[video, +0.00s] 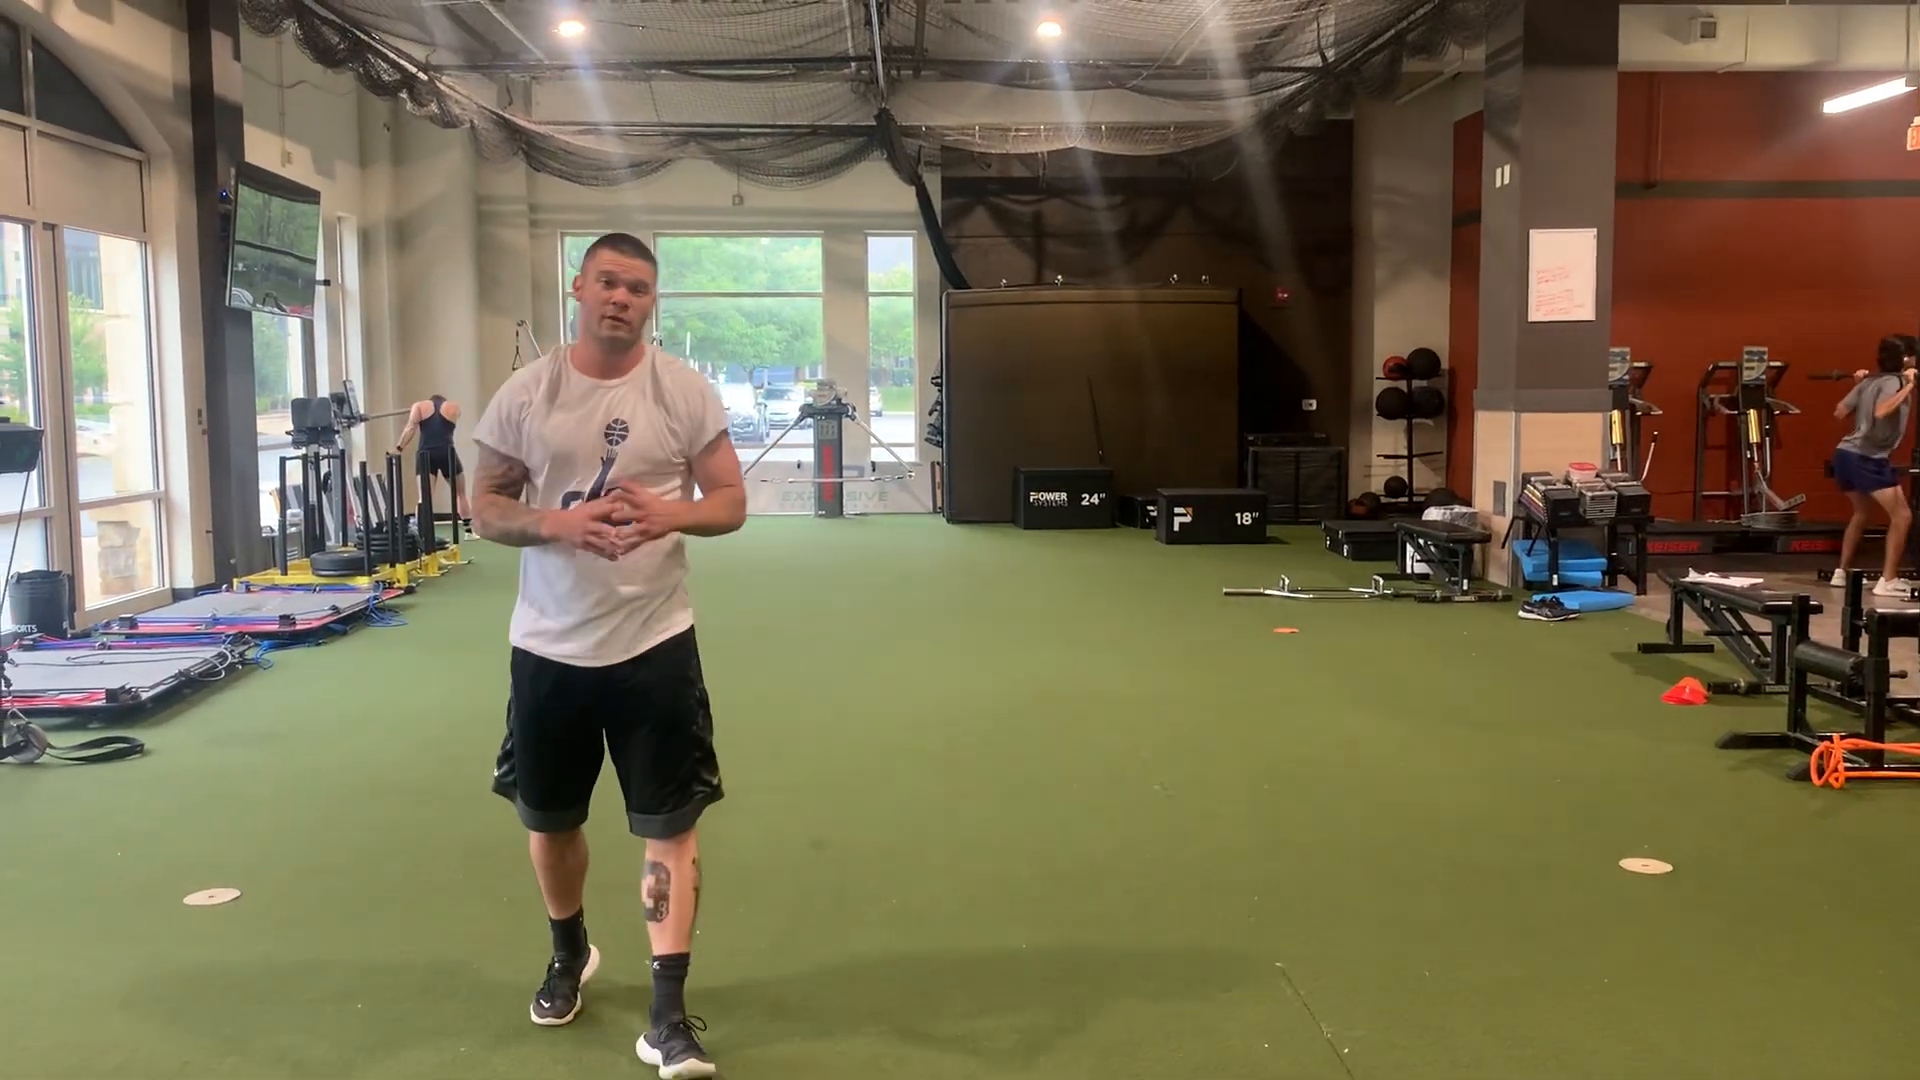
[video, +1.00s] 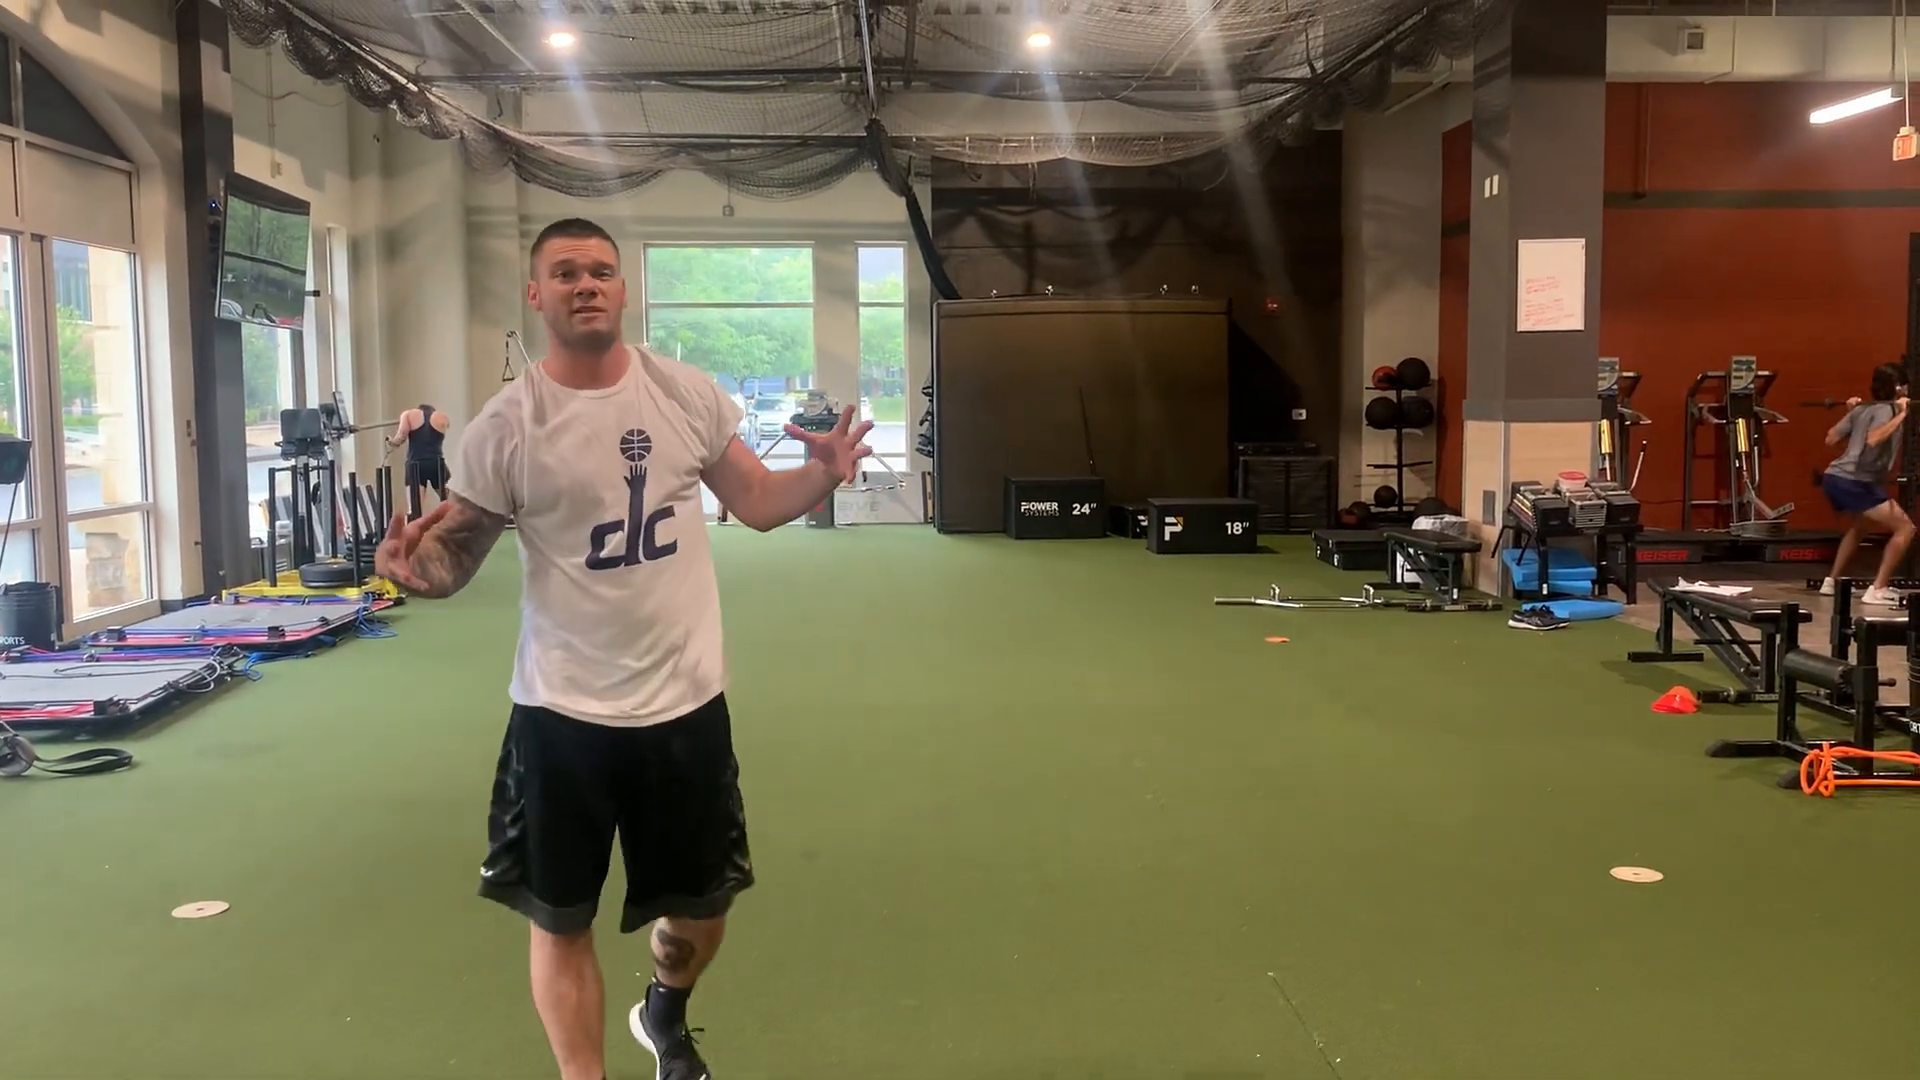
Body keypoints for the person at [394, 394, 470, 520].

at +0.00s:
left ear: (430, 400)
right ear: (445, 400)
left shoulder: (419, 406)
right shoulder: (454, 408)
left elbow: (411, 428)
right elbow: (449, 428)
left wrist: (399, 447)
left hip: (425, 454)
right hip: (447, 453)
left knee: (424, 497)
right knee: (460, 493)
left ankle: (422, 532)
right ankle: (468, 527)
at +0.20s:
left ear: (430, 400)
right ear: (445, 401)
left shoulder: (419, 408)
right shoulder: (454, 409)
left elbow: (411, 427)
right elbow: (450, 430)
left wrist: (399, 444)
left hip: (426, 456)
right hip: (447, 455)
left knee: (424, 498)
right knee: (456, 494)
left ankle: (422, 534)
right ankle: (469, 530)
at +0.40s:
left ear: (428, 402)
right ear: (443, 403)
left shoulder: (417, 410)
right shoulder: (452, 411)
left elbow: (410, 431)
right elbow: (450, 430)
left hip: (424, 457)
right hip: (446, 456)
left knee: (423, 495)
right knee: (459, 494)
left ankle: (418, 530)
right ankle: (468, 533)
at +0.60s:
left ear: (425, 404)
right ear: (439, 405)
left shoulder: (414, 411)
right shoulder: (448, 412)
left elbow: (408, 433)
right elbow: (453, 420)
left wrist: (396, 452)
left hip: (422, 459)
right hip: (443, 458)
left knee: (422, 499)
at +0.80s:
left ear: (422, 406)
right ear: (436, 407)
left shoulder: (411, 412)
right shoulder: (445, 414)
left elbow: (405, 434)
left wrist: (394, 448)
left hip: (418, 461)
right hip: (439, 460)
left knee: (418, 505)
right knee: (453, 496)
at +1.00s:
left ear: (418, 409)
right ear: (434, 410)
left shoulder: (408, 415)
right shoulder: (443, 417)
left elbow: (401, 437)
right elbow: (447, 426)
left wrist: (392, 442)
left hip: (415, 465)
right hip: (436, 464)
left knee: (414, 508)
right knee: (448, 499)